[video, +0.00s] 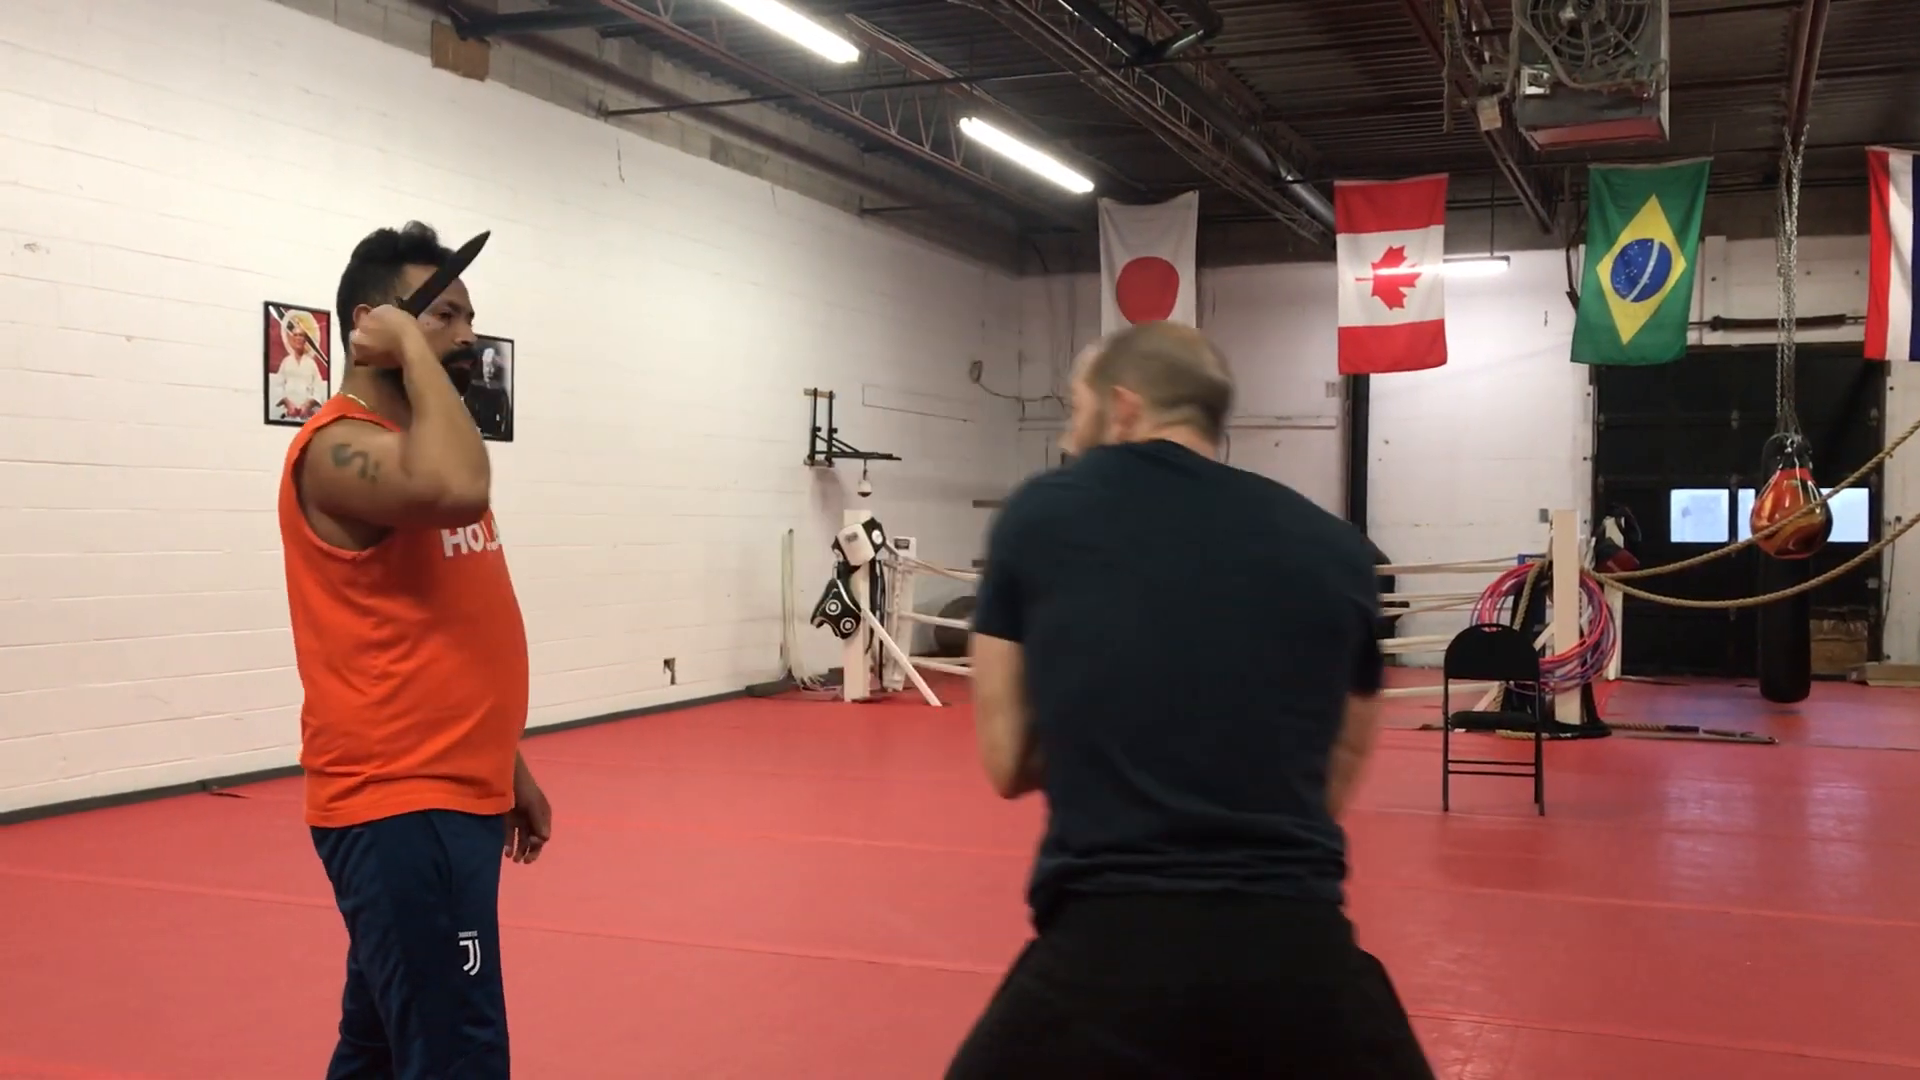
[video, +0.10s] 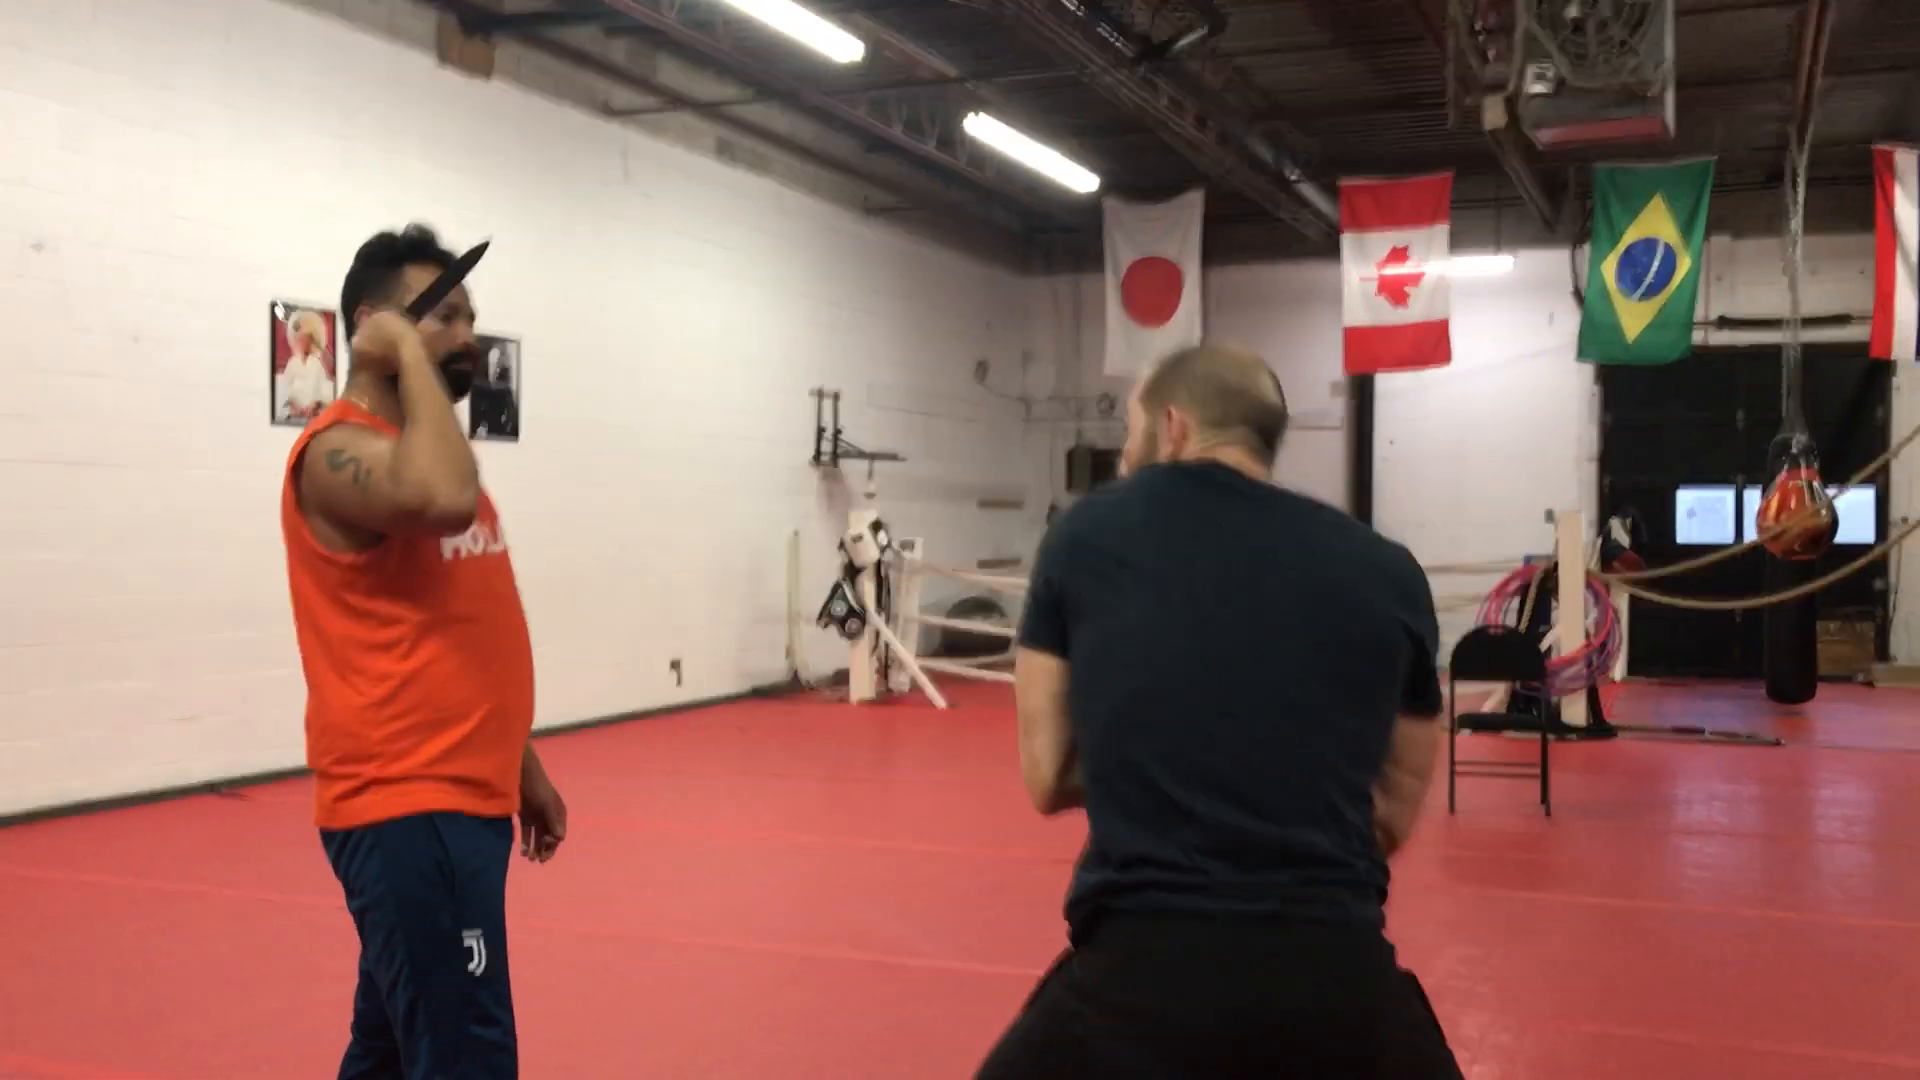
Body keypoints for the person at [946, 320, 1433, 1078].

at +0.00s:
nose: (1068, 430)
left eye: (1075, 406)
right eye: (1068, 406)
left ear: (1122, 406)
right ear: (1215, 420)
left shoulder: (1041, 512)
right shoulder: (1335, 541)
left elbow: (1010, 764)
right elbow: (1336, 783)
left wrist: (1126, 691)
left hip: (1102, 960)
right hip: (1304, 962)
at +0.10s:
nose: (1122, 457)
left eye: (1130, 430)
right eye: (1124, 431)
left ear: (1175, 429)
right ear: (1267, 442)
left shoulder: (1090, 530)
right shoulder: (1385, 565)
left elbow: (1051, 780)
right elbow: (1390, 818)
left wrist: (1184, 743)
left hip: (1135, 979)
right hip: (1344, 987)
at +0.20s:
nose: (1161, 475)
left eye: (1169, 446)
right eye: (1164, 447)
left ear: (1215, 445)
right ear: (1306, 461)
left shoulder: (1126, 544)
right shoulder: (1427, 586)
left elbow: (1081, 794)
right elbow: (1426, 845)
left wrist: (1225, 768)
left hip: (1154, 994)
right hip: (1371, 1007)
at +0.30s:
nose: (1173, 481)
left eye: (1182, 453)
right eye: (1176, 454)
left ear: (1233, 452)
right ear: (1324, 468)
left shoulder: (1141, 552)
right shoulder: (1448, 597)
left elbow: (1095, 804)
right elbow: (1444, 853)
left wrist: (1233, 775)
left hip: (1173, 994)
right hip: (1387, 1016)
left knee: (1010, 1070)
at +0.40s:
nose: (1162, 477)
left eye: (1171, 449)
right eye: (1165, 449)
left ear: (1224, 457)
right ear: (1313, 465)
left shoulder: (1135, 559)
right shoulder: (1435, 590)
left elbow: (1082, 809)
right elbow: (1439, 826)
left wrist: (1223, 785)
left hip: (1172, 997)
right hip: (1380, 1016)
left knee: (1006, 1070)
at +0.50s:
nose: (1120, 470)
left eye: (1129, 447)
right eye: (1123, 447)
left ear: (1181, 456)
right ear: (1268, 458)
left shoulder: (1099, 559)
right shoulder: (1390, 571)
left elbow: (1037, 813)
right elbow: (1362, 783)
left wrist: (1165, 749)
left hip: (1147, 995)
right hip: (1349, 1007)